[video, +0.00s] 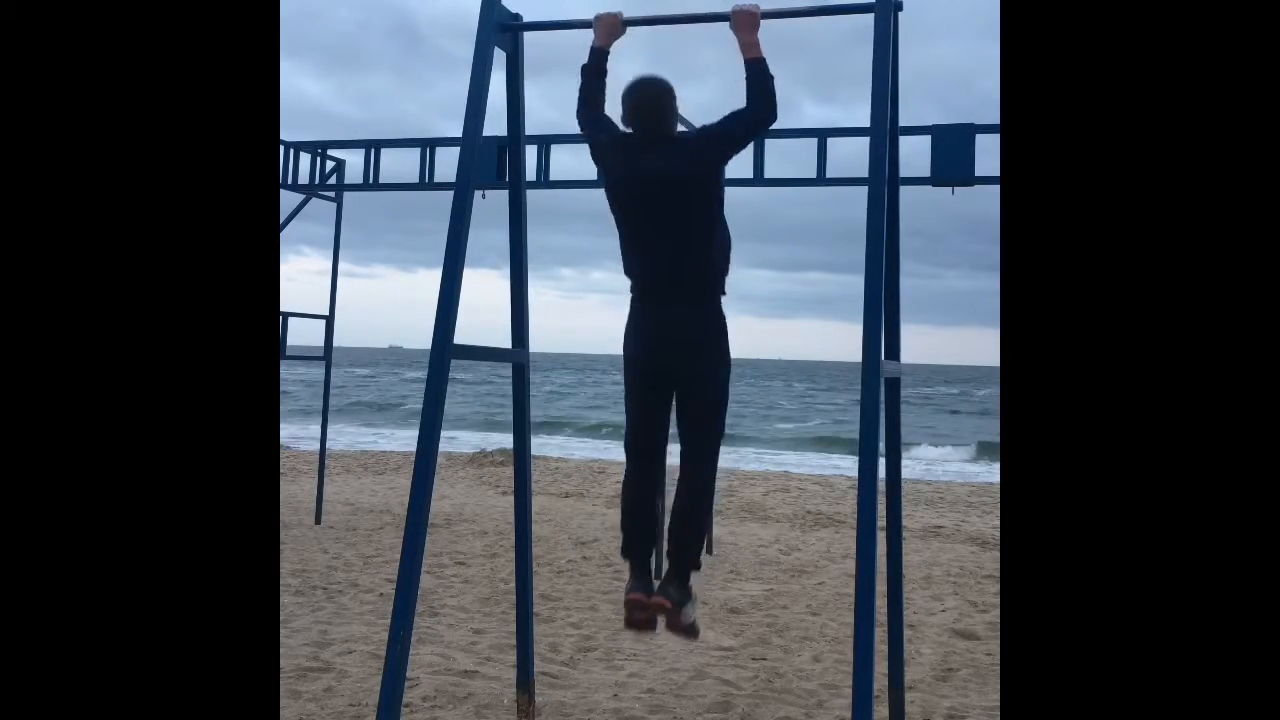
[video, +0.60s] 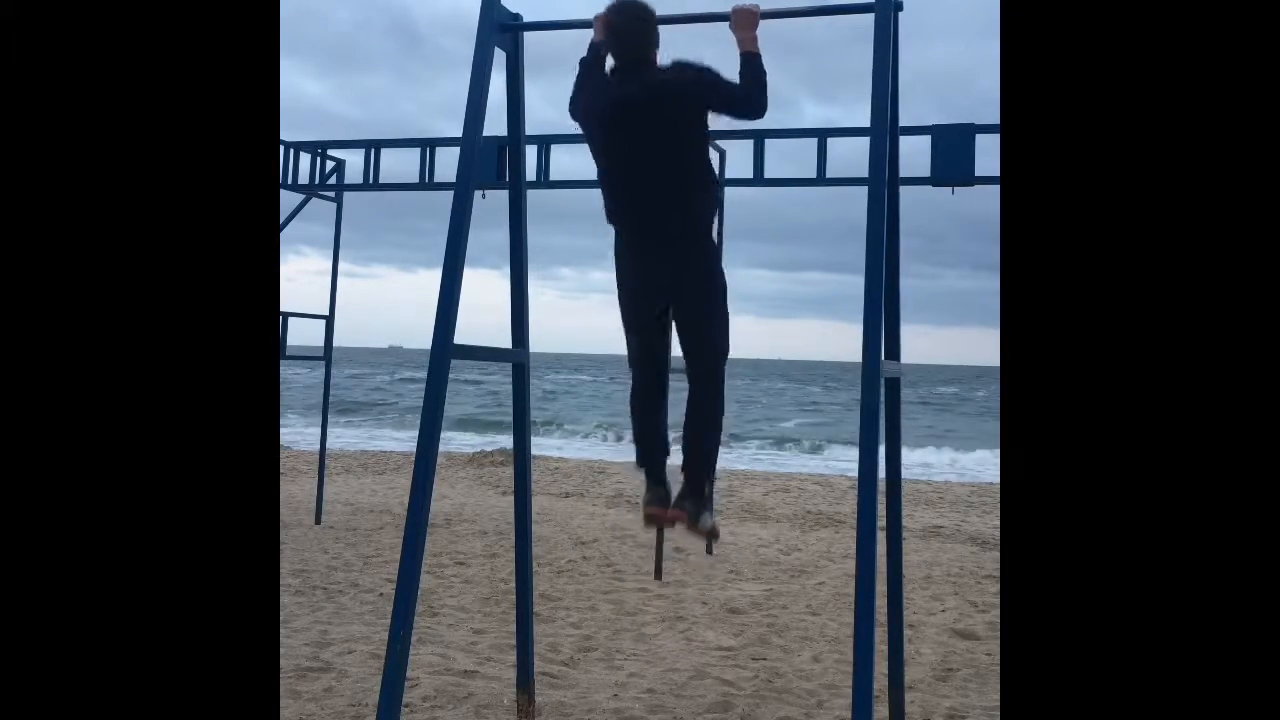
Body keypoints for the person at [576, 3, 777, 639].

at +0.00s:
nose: (677, 114)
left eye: (663, 108)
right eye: (677, 108)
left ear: (627, 119)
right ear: (676, 114)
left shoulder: (614, 157)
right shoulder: (704, 149)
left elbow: (589, 109)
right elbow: (762, 109)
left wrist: (599, 46)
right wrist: (751, 45)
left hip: (645, 324)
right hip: (702, 324)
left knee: (643, 454)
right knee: (699, 460)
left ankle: (639, 578)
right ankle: (678, 587)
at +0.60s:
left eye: (610, 37)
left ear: (609, 47)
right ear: (656, 42)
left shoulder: (596, 102)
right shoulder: (687, 82)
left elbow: (581, 94)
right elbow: (752, 104)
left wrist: (597, 42)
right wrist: (748, 42)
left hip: (635, 259)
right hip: (694, 255)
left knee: (647, 372)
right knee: (706, 376)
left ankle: (655, 489)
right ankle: (694, 496)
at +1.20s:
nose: (657, 100)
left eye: (636, 93)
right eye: (664, 91)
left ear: (625, 102)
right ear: (674, 98)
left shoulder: (613, 144)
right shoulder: (706, 138)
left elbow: (587, 109)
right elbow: (765, 107)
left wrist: (599, 45)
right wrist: (752, 43)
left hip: (647, 310)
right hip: (703, 310)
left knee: (647, 439)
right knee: (703, 442)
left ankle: (649, 565)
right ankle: (685, 568)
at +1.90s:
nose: (623, 28)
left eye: (613, 22)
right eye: (645, 18)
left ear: (609, 33)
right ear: (654, 27)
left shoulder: (593, 89)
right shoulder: (687, 71)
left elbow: (575, 100)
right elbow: (754, 102)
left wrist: (596, 42)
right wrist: (749, 42)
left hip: (632, 246)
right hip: (691, 241)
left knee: (645, 360)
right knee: (705, 363)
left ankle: (654, 479)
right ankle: (694, 487)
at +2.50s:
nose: (652, 99)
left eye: (631, 93)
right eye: (660, 91)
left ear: (624, 104)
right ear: (673, 99)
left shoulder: (611, 145)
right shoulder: (704, 138)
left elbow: (587, 107)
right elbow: (765, 107)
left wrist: (600, 44)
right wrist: (751, 43)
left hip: (644, 313)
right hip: (701, 313)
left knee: (645, 436)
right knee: (703, 439)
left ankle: (647, 560)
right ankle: (684, 567)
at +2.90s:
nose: (681, 118)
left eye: (674, 113)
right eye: (677, 113)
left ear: (625, 127)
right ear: (672, 121)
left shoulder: (616, 165)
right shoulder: (703, 155)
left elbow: (593, 114)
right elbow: (756, 112)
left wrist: (601, 46)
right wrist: (749, 46)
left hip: (642, 327)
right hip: (699, 329)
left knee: (638, 462)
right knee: (697, 468)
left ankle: (634, 587)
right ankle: (675, 594)